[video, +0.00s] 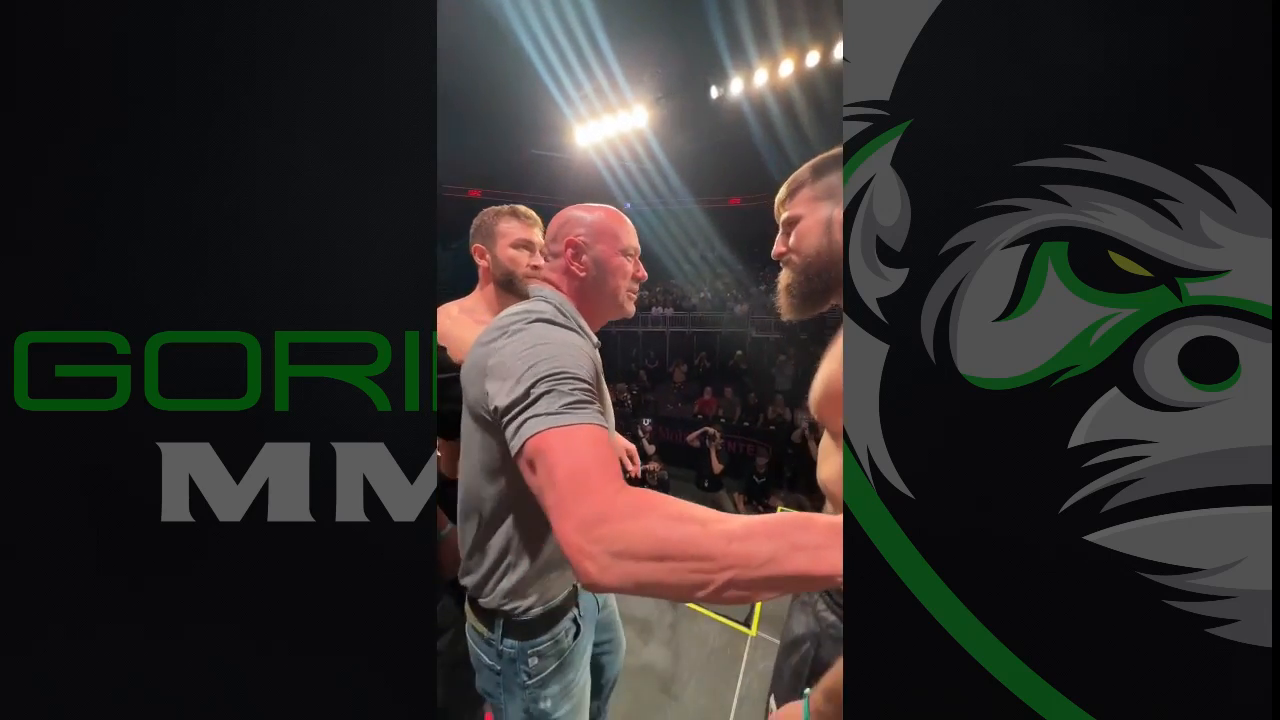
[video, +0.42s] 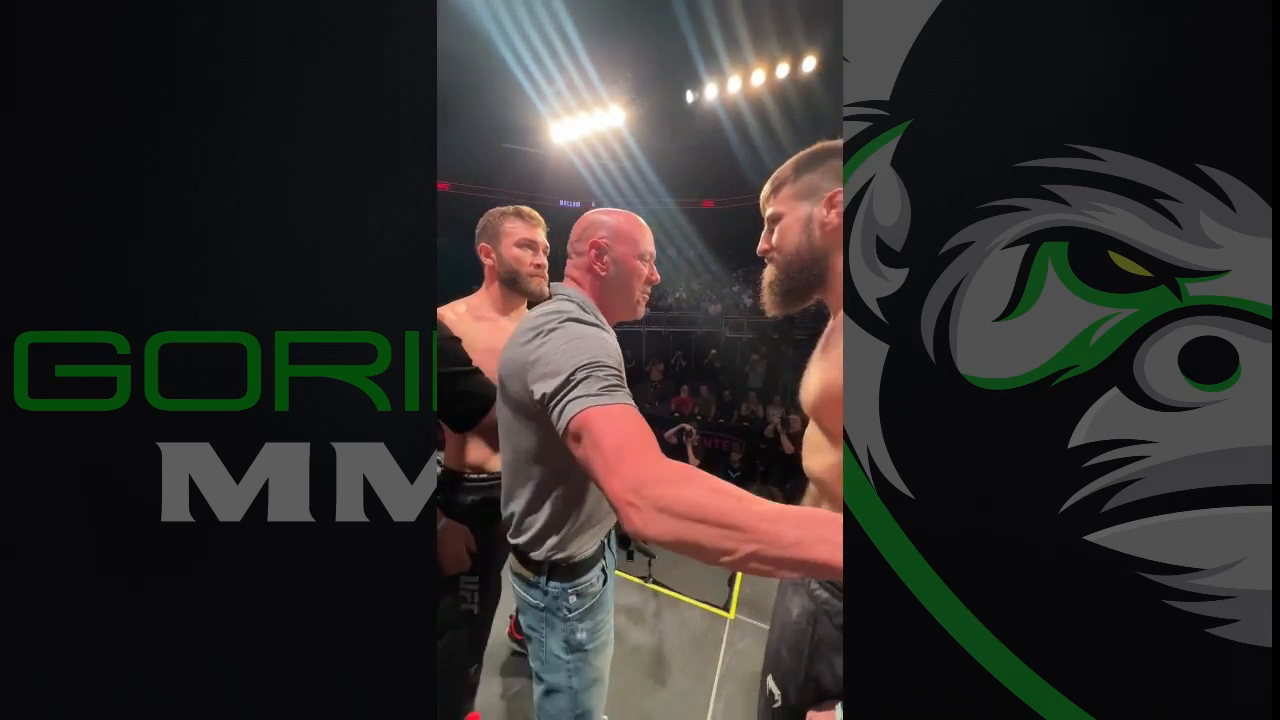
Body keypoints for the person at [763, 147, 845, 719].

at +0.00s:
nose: (777, 249)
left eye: (791, 224)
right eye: (779, 231)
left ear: (852, 217)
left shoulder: (861, 352)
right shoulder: (850, 343)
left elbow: (901, 561)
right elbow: (845, 534)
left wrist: (823, 702)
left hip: (847, 627)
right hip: (823, 604)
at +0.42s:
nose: (762, 245)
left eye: (775, 221)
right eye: (764, 227)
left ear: (831, 211)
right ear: (828, 214)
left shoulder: (855, 339)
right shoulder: (834, 335)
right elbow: (829, 500)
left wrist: (844, 697)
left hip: (837, 594)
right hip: (814, 584)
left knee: (800, 706)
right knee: (783, 705)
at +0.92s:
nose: (758, 252)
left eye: (771, 235)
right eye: (761, 238)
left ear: (821, 235)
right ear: (819, 239)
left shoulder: (840, 299)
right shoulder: (827, 303)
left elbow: (884, 448)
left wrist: (846, 629)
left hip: (836, 553)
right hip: (818, 539)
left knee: (792, 699)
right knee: (788, 693)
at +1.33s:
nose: (766, 237)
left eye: (780, 221)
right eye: (770, 223)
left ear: (830, 224)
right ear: (829, 226)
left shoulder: (839, 293)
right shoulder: (825, 293)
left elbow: (867, 463)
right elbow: (836, 448)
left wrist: (826, 620)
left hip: (817, 537)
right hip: (800, 522)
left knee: (791, 693)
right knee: (782, 674)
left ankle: (779, 711)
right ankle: (773, 708)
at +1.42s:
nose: (768, 235)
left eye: (783, 218)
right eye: (773, 220)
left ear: (834, 223)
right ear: (830, 225)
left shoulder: (841, 294)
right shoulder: (828, 295)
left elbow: (847, 470)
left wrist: (755, 598)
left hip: (825, 551)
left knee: (810, 697)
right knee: (791, 673)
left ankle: (773, 713)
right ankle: (770, 710)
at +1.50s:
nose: (764, 236)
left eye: (778, 218)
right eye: (767, 220)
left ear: (831, 221)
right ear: (827, 224)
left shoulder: (835, 303)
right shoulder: (827, 303)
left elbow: (822, 485)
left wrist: (699, 567)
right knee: (764, 622)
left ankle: (753, 712)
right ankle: (751, 707)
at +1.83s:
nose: (721, 241)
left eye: (733, 222)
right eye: (721, 225)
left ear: (784, 217)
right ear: (781, 220)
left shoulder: (816, 301)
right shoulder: (793, 300)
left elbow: (790, 477)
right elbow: (772, 420)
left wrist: (667, 550)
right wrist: (725, 463)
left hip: (814, 513)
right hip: (791, 505)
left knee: (799, 688)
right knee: (769, 597)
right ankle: (765, 679)